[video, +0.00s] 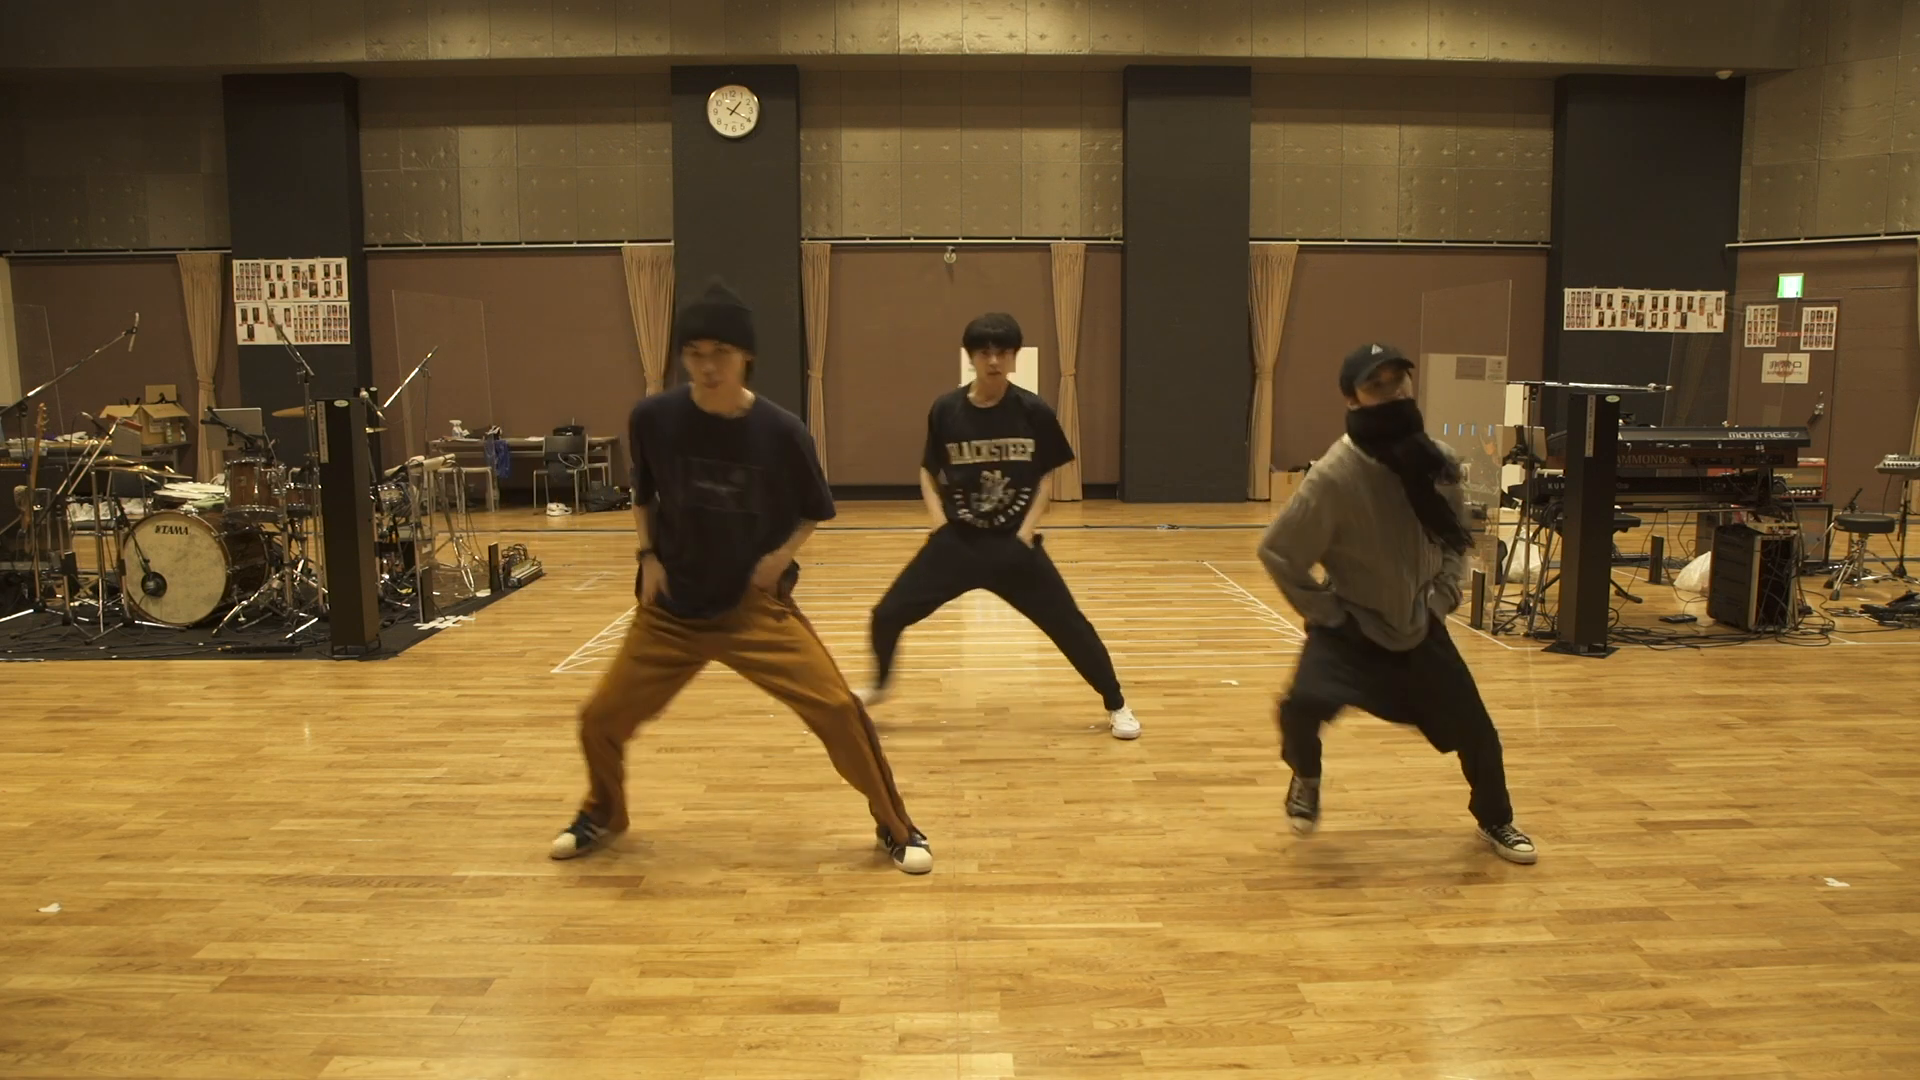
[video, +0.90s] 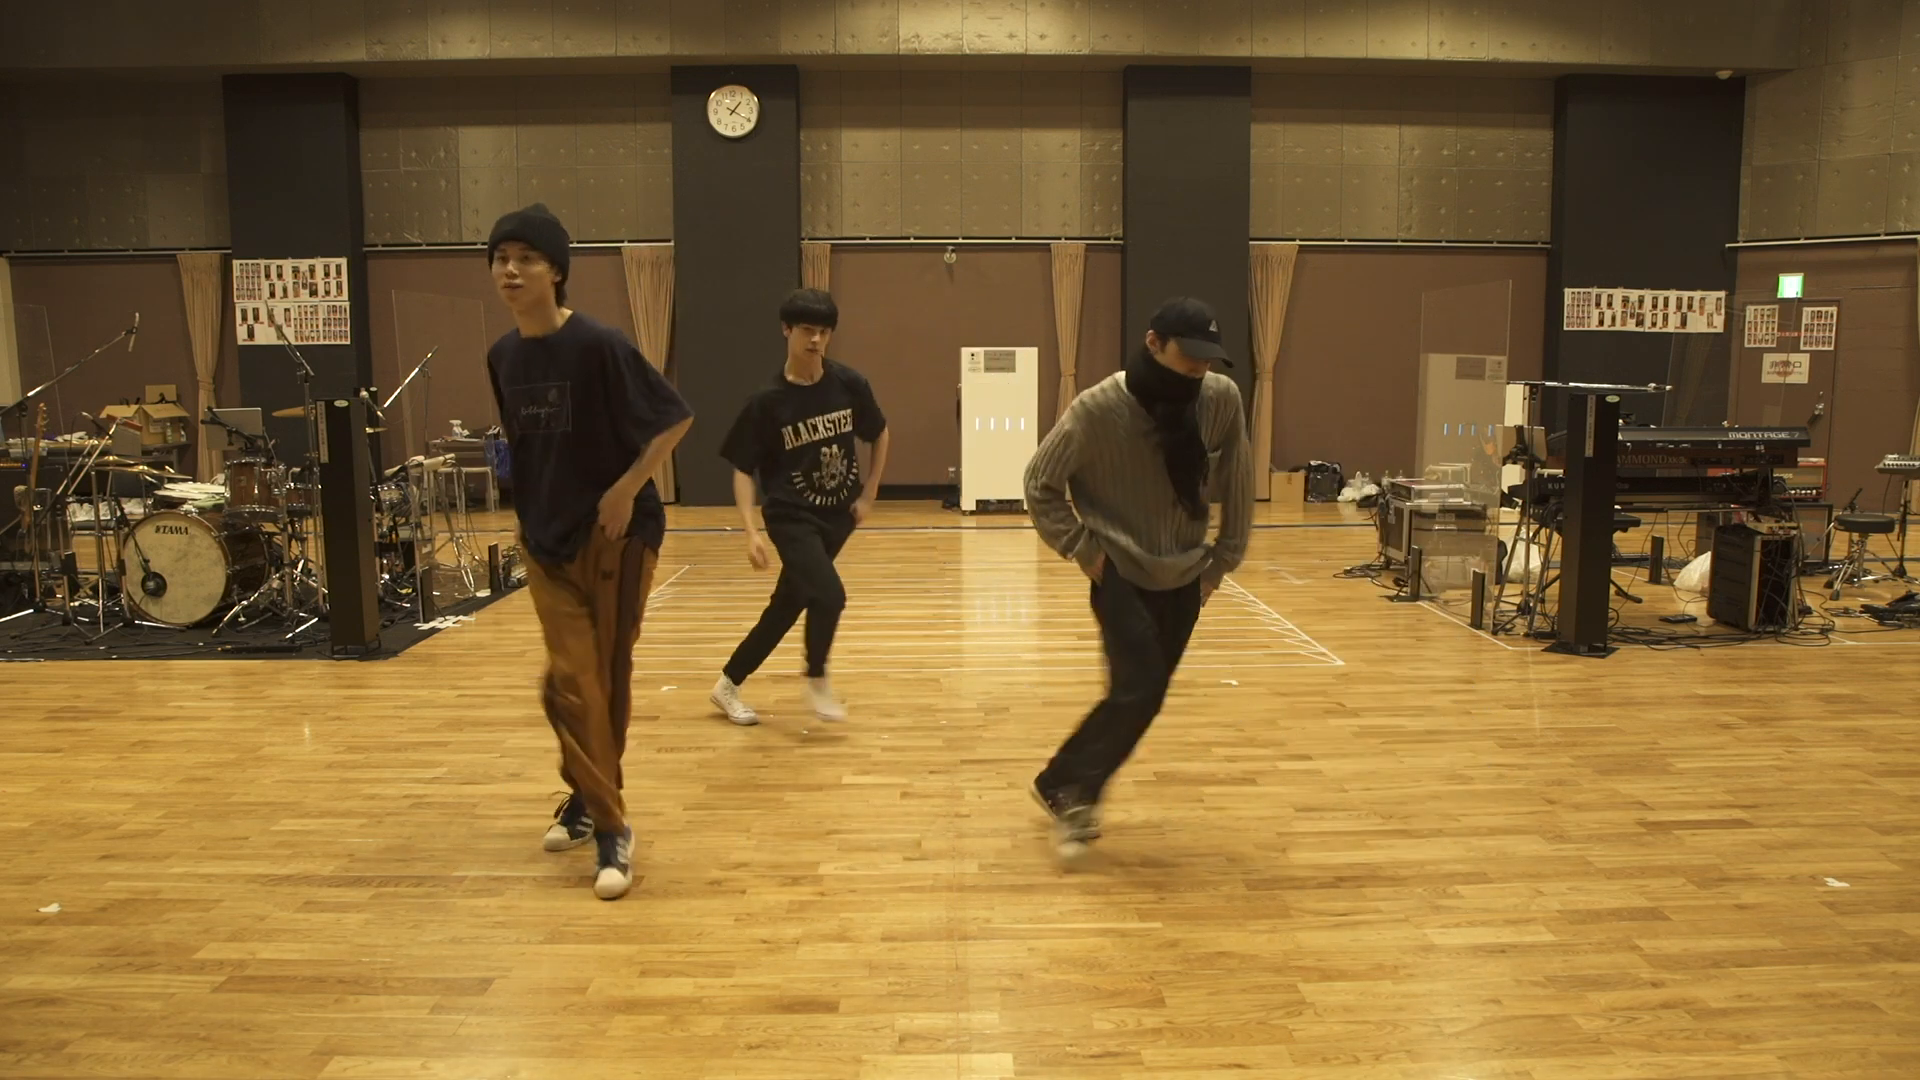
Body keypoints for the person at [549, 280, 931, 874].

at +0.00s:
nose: (706, 367)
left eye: (719, 354)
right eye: (695, 355)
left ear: (746, 358)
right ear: (681, 359)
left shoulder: (781, 432)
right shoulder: (652, 420)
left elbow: (816, 511)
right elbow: (644, 494)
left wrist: (780, 557)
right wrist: (647, 555)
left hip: (757, 611)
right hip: (671, 612)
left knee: (839, 709)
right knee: (598, 720)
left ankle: (897, 827)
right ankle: (604, 814)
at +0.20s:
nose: (618, 325)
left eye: (630, 311)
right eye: (607, 314)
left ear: (662, 310)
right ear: (599, 317)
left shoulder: (698, 391)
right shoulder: (595, 378)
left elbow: (761, 468)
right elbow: (606, 454)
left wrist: (704, 520)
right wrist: (603, 517)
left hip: (677, 567)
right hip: (609, 564)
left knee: (754, 684)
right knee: (570, 689)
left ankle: (837, 816)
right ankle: (544, 812)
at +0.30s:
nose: (572, 304)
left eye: (583, 289)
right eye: (560, 294)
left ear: (616, 288)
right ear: (554, 301)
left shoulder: (662, 373)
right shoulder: (559, 364)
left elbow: (721, 453)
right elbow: (563, 443)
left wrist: (661, 505)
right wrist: (553, 506)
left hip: (639, 553)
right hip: (571, 549)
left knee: (684, 690)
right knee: (551, 683)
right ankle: (547, 805)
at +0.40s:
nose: (552, 298)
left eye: (562, 282)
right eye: (541, 288)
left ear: (596, 280)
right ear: (534, 295)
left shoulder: (643, 363)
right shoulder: (541, 356)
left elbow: (700, 447)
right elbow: (548, 438)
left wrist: (645, 496)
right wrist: (534, 499)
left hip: (618, 543)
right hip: (552, 541)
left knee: (648, 679)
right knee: (545, 679)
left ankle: (688, 822)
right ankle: (548, 805)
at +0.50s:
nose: (534, 291)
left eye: (544, 276)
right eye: (523, 283)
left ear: (578, 275)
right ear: (517, 292)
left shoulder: (631, 360)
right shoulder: (520, 357)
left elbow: (681, 444)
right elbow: (521, 441)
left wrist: (627, 492)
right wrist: (517, 506)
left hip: (602, 533)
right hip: (534, 533)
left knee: (606, 673)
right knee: (538, 675)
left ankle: (617, 815)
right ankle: (547, 805)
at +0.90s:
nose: (511, 272)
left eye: (526, 260)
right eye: (502, 261)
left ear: (558, 271)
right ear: (492, 274)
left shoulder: (600, 345)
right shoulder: (502, 357)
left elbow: (676, 418)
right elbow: (517, 443)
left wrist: (626, 487)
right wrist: (524, 515)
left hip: (615, 535)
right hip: (548, 538)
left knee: (607, 675)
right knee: (568, 677)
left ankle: (587, 798)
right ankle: (610, 830)